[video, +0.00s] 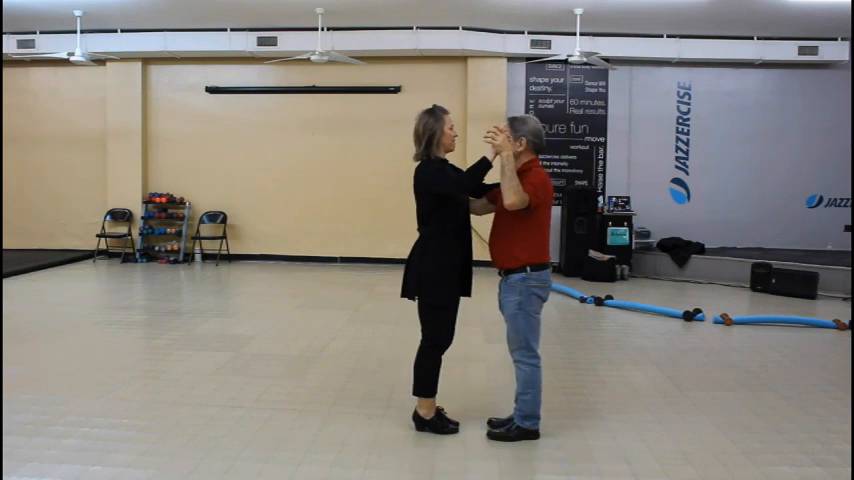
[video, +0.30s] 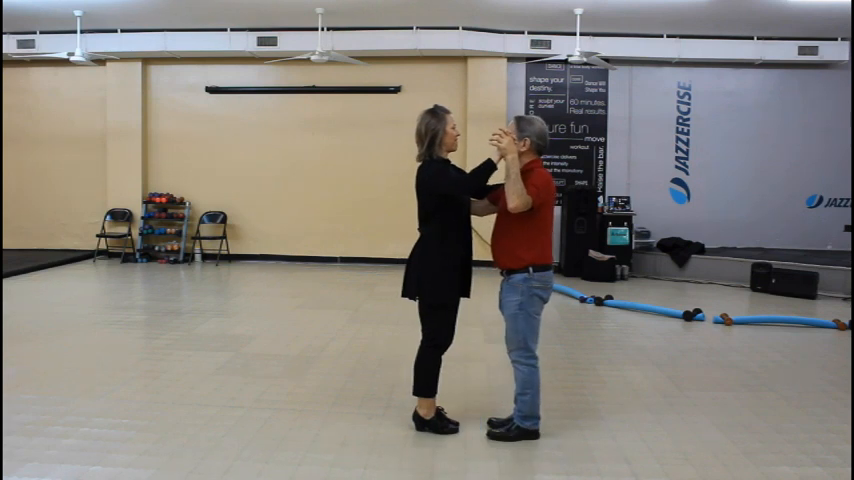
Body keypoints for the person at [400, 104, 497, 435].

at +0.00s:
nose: (456, 133)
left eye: (454, 128)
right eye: (450, 128)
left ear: (436, 133)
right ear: (436, 133)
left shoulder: (440, 168)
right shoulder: (431, 170)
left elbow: (472, 195)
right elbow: (465, 185)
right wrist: (490, 156)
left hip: (442, 266)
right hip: (435, 267)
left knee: (437, 338)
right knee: (435, 339)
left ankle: (426, 408)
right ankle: (425, 411)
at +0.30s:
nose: (458, 133)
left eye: (456, 127)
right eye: (453, 128)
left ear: (439, 133)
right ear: (438, 133)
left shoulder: (440, 168)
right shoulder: (434, 170)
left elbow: (472, 199)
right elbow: (469, 185)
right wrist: (495, 159)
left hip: (442, 267)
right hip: (436, 268)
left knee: (437, 338)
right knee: (435, 339)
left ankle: (427, 408)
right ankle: (424, 411)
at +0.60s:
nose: (459, 133)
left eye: (457, 127)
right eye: (454, 128)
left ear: (440, 133)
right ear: (439, 133)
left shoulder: (441, 168)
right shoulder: (436, 170)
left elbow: (476, 195)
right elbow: (470, 186)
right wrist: (497, 162)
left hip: (442, 267)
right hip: (437, 269)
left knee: (438, 338)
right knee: (436, 339)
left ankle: (427, 408)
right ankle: (424, 412)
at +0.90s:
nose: (461, 131)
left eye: (458, 126)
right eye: (455, 127)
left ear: (442, 132)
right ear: (440, 133)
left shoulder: (443, 168)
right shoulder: (437, 170)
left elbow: (475, 198)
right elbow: (472, 185)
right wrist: (501, 159)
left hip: (444, 268)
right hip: (439, 269)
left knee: (438, 339)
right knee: (436, 340)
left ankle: (427, 408)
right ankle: (424, 412)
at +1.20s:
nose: (461, 133)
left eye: (459, 127)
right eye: (456, 128)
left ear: (442, 132)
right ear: (441, 133)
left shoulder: (442, 168)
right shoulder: (439, 170)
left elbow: (474, 196)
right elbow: (473, 187)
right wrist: (502, 161)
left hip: (444, 267)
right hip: (440, 269)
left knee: (438, 339)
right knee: (436, 340)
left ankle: (427, 407)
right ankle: (424, 411)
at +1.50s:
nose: (461, 131)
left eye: (459, 126)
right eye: (456, 127)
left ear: (442, 132)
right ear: (441, 132)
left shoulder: (443, 166)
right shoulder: (439, 169)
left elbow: (476, 189)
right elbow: (474, 185)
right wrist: (505, 158)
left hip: (445, 267)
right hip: (440, 269)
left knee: (439, 339)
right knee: (436, 340)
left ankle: (427, 407)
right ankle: (424, 411)